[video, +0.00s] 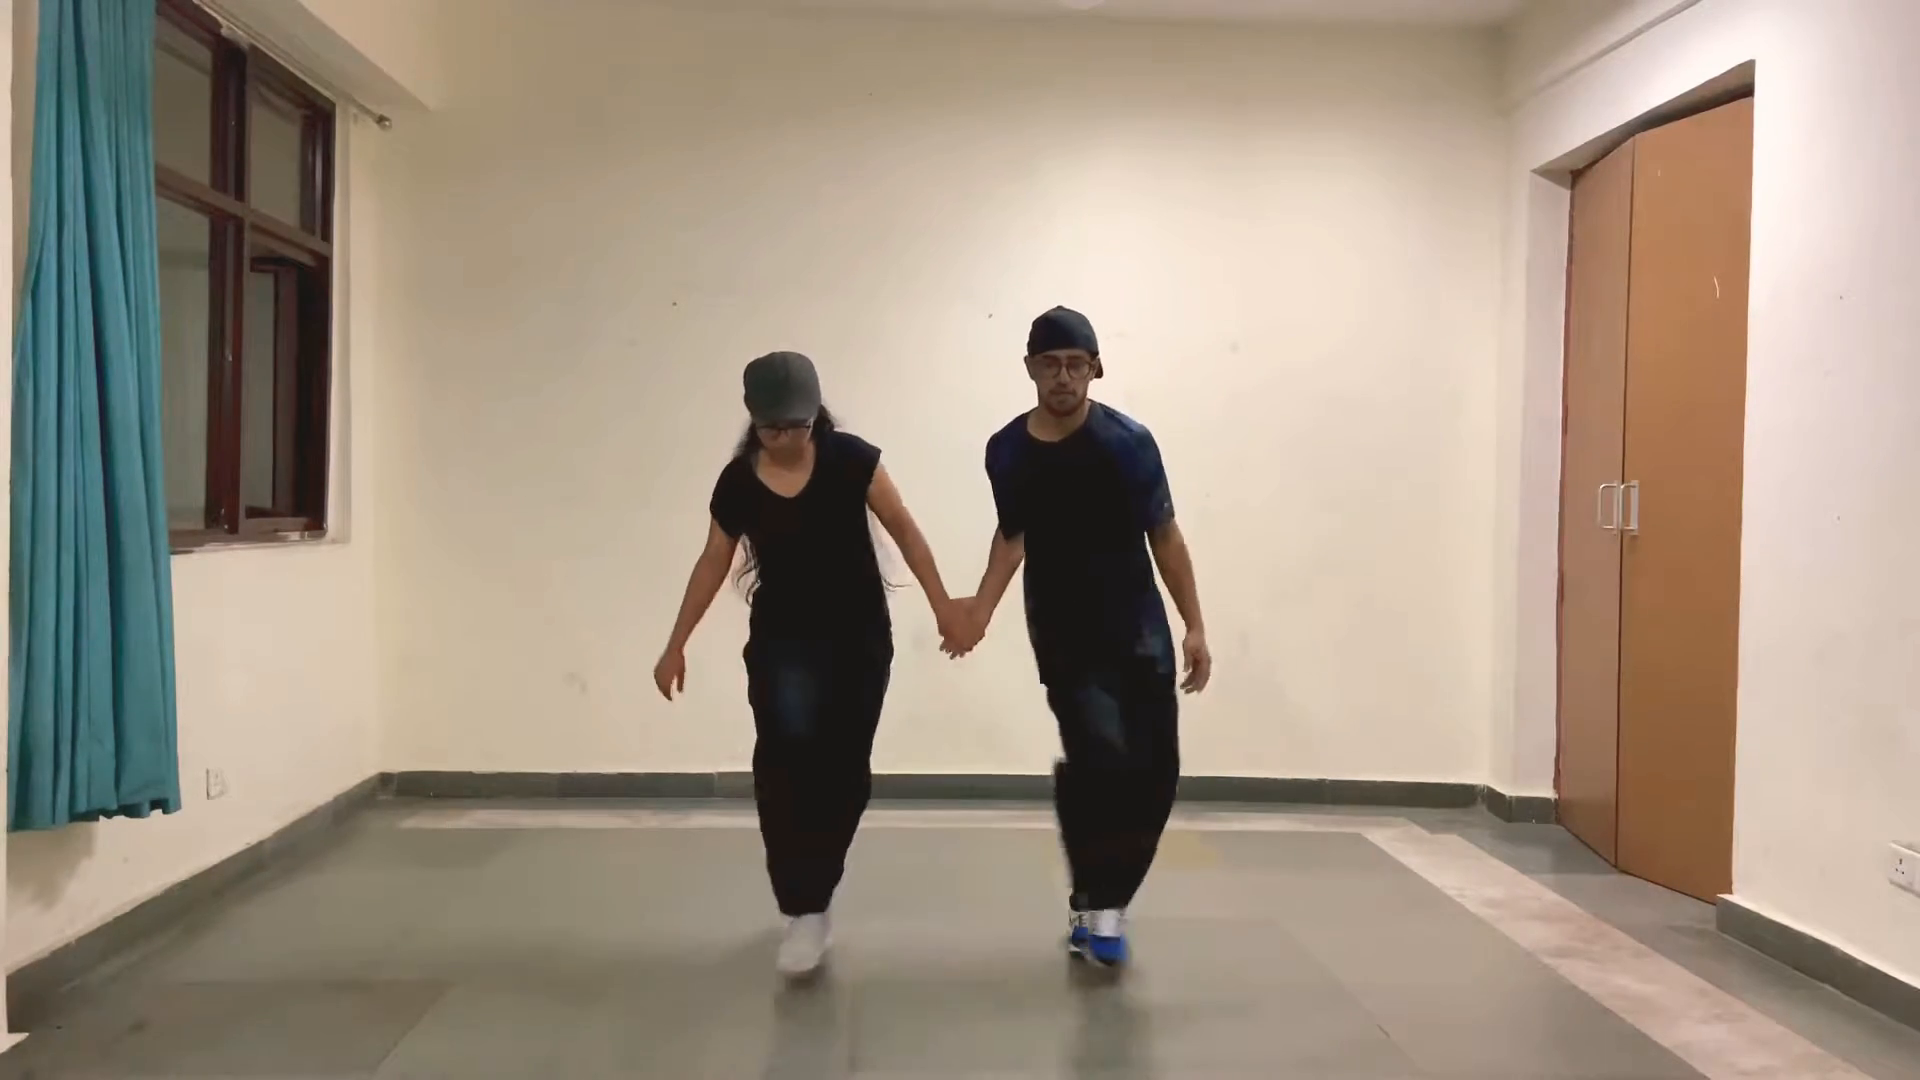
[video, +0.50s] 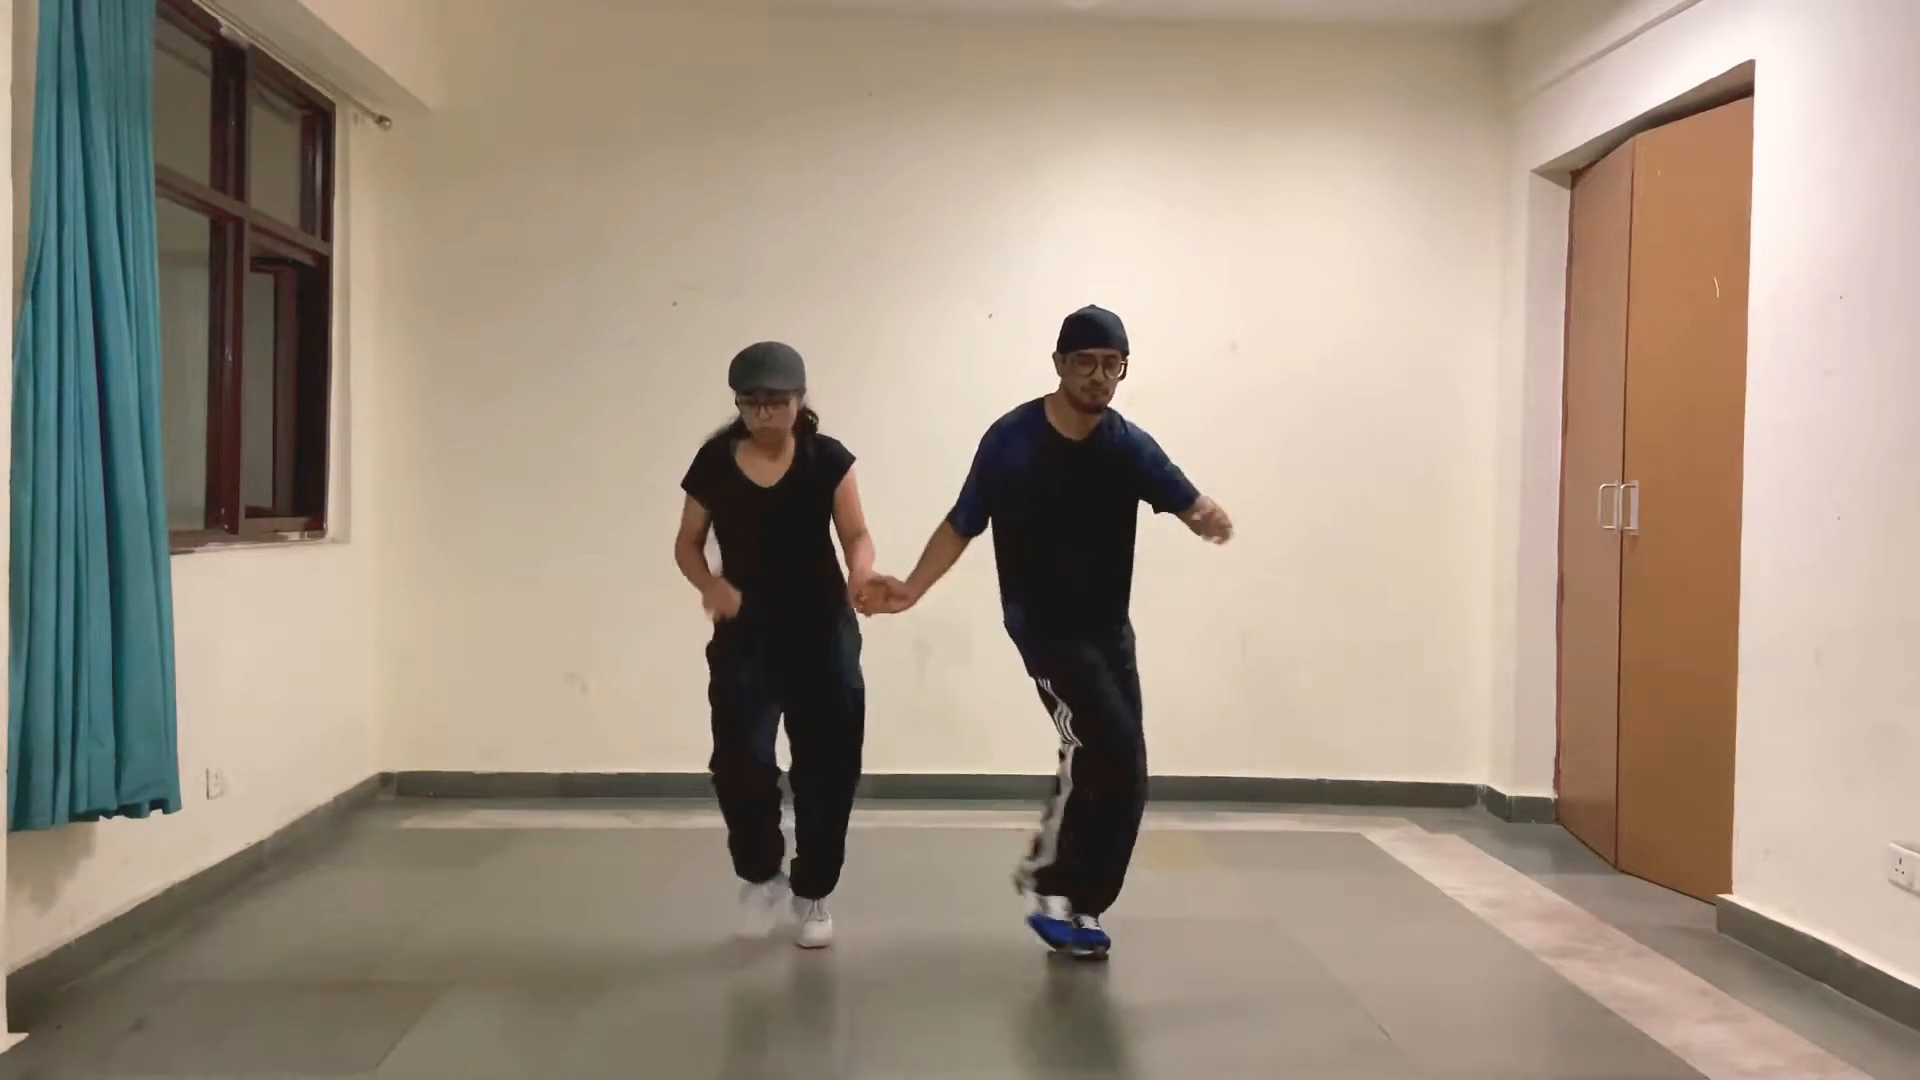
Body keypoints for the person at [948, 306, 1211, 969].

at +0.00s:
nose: (1062, 378)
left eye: (1075, 366)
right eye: (1049, 365)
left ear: (1094, 369)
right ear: (1030, 370)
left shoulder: (1130, 442)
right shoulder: (1008, 450)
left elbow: (1165, 537)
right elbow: (1012, 535)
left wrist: (1195, 628)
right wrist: (979, 610)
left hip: (1138, 626)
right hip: (1063, 632)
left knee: (1154, 769)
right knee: (1100, 760)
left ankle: (1111, 907)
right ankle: (1089, 903)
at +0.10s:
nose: (1067, 388)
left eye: (1080, 376)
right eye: (1054, 375)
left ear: (1099, 380)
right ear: (1033, 378)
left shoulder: (1138, 445)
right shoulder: (1016, 461)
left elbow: (1189, 522)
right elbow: (1025, 540)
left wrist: (1223, 607)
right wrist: (982, 603)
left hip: (1157, 643)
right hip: (1085, 651)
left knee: (1169, 793)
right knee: (1146, 793)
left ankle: (1094, 902)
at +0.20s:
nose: (1072, 396)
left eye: (1085, 384)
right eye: (1059, 383)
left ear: (1103, 389)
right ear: (1038, 387)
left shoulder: (1145, 451)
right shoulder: (1022, 475)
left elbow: (1207, 505)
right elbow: (1030, 557)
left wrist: (1256, 582)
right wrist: (980, 609)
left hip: (1167, 660)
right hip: (1092, 673)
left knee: (1189, 805)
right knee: (1162, 809)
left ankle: (1090, 895)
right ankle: (1225, 952)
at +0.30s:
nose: (1081, 387)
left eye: (1094, 374)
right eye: (1068, 373)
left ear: (1110, 378)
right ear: (1044, 374)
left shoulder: (1144, 444)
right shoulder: (1019, 467)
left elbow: (1213, 498)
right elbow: (1010, 566)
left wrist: (1267, 565)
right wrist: (963, 623)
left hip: (1157, 648)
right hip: (1082, 660)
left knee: (1172, 788)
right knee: (1142, 800)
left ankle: (1079, 895)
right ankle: (1216, 950)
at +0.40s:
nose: (1090, 381)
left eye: (1103, 369)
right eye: (1076, 367)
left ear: (1116, 373)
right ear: (1052, 368)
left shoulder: (1138, 444)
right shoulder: (1012, 450)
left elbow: (1203, 503)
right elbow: (984, 540)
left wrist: (1251, 540)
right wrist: (931, 600)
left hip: (1131, 626)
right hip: (1061, 631)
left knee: (1144, 776)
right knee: (1124, 770)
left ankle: (1077, 903)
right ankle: (1160, 932)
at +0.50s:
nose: (1099, 377)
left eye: (1111, 366)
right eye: (1085, 364)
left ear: (1123, 372)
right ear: (1059, 364)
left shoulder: (1128, 444)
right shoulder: (1011, 441)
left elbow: (1186, 500)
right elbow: (961, 523)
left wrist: (1211, 520)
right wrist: (909, 591)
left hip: (1110, 625)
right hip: (1043, 624)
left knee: (1126, 765)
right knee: (1107, 744)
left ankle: (1081, 904)